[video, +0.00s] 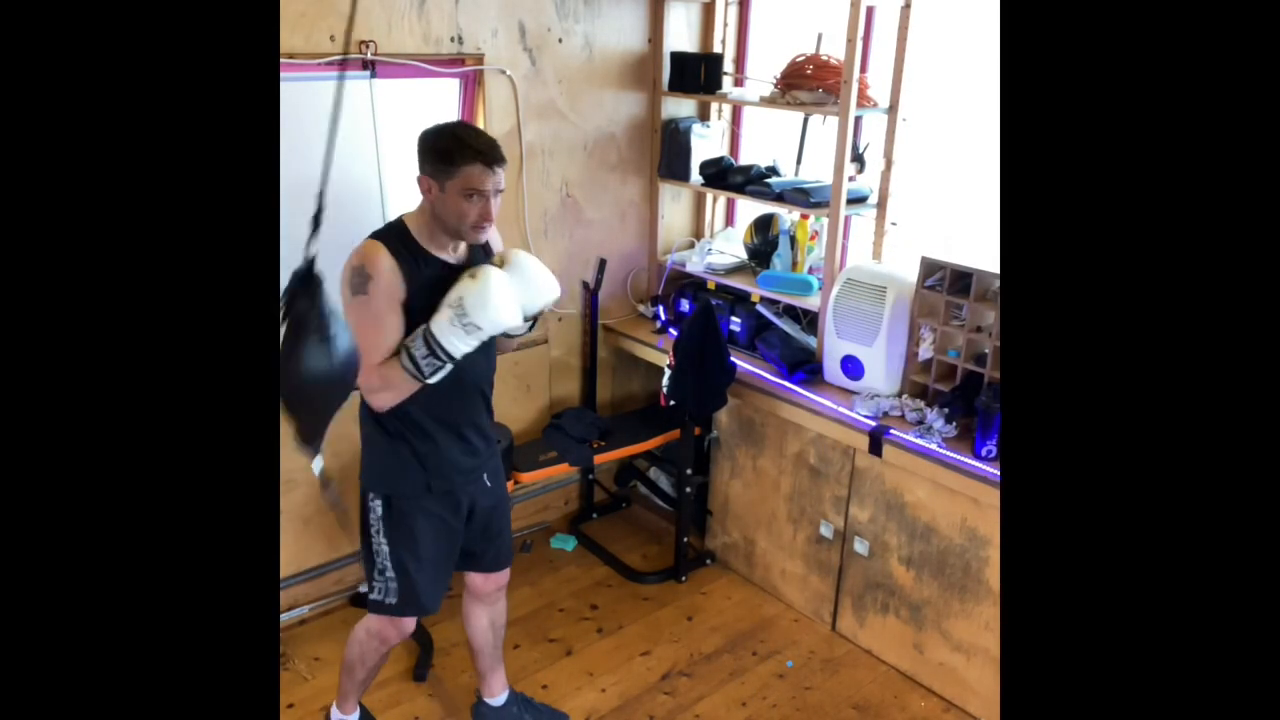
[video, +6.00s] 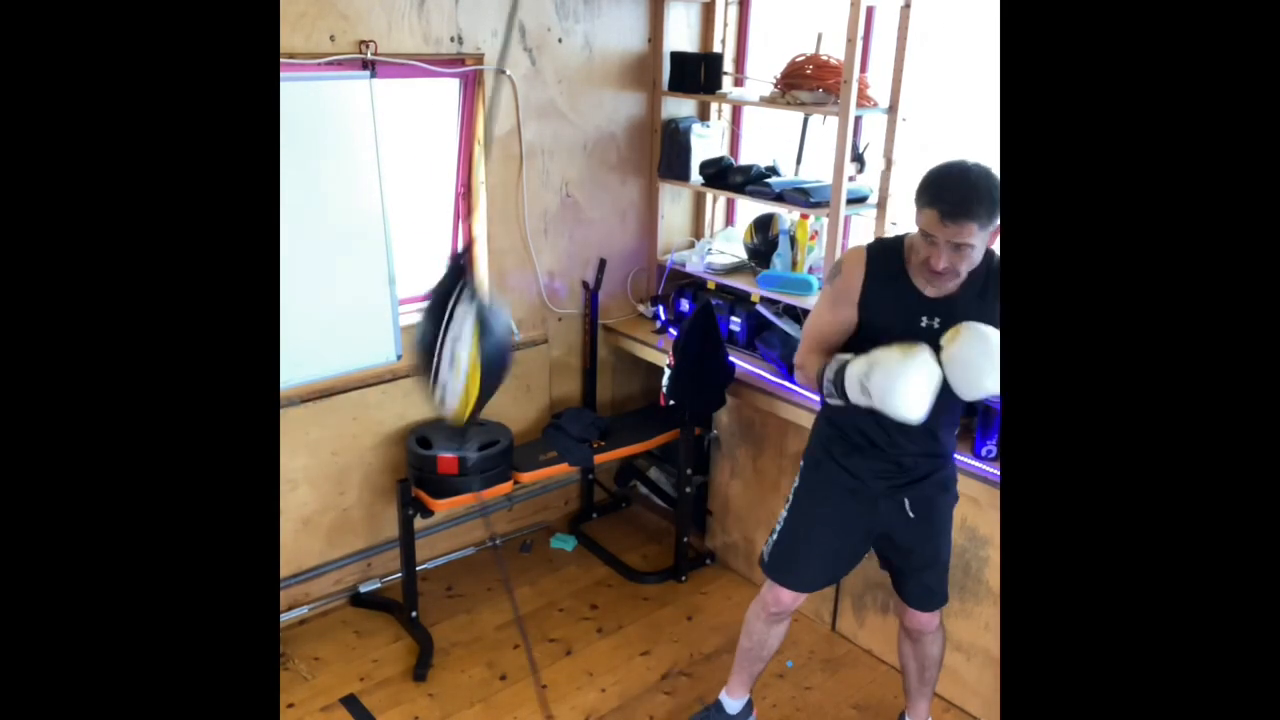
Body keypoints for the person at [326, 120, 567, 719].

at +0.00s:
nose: (489, 212)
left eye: (496, 195)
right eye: (472, 195)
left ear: (501, 190)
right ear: (428, 189)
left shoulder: (482, 247)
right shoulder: (376, 262)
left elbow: (501, 340)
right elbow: (377, 389)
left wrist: (524, 311)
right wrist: (451, 329)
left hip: (477, 454)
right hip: (405, 467)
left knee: (490, 579)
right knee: (393, 619)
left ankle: (496, 698)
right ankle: (344, 711)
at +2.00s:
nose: (410, 242)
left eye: (421, 222)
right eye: (390, 227)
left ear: (434, 211)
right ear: (357, 218)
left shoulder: (468, 261)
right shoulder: (343, 263)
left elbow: (514, 361)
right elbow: (342, 344)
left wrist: (472, 391)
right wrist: (322, 348)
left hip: (474, 437)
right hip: (387, 441)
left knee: (519, 577)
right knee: (357, 608)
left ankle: (531, 659)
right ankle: (329, 716)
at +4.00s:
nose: (683, 221)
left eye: (695, 207)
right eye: (676, 206)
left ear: (735, 190)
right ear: (667, 197)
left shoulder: (794, 238)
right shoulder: (665, 239)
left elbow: (838, 340)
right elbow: (613, 303)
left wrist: (795, 321)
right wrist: (586, 297)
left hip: (772, 435)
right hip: (694, 432)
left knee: (801, 565)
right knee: (651, 566)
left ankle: (812, 651)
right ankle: (612, 670)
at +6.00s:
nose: (941, 260)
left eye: (960, 246)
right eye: (930, 239)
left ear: (990, 238)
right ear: (915, 220)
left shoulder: (995, 288)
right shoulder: (863, 270)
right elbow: (808, 362)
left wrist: (991, 373)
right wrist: (856, 375)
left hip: (925, 476)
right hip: (840, 464)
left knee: (922, 620)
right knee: (778, 598)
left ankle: (918, 715)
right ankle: (733, 703)